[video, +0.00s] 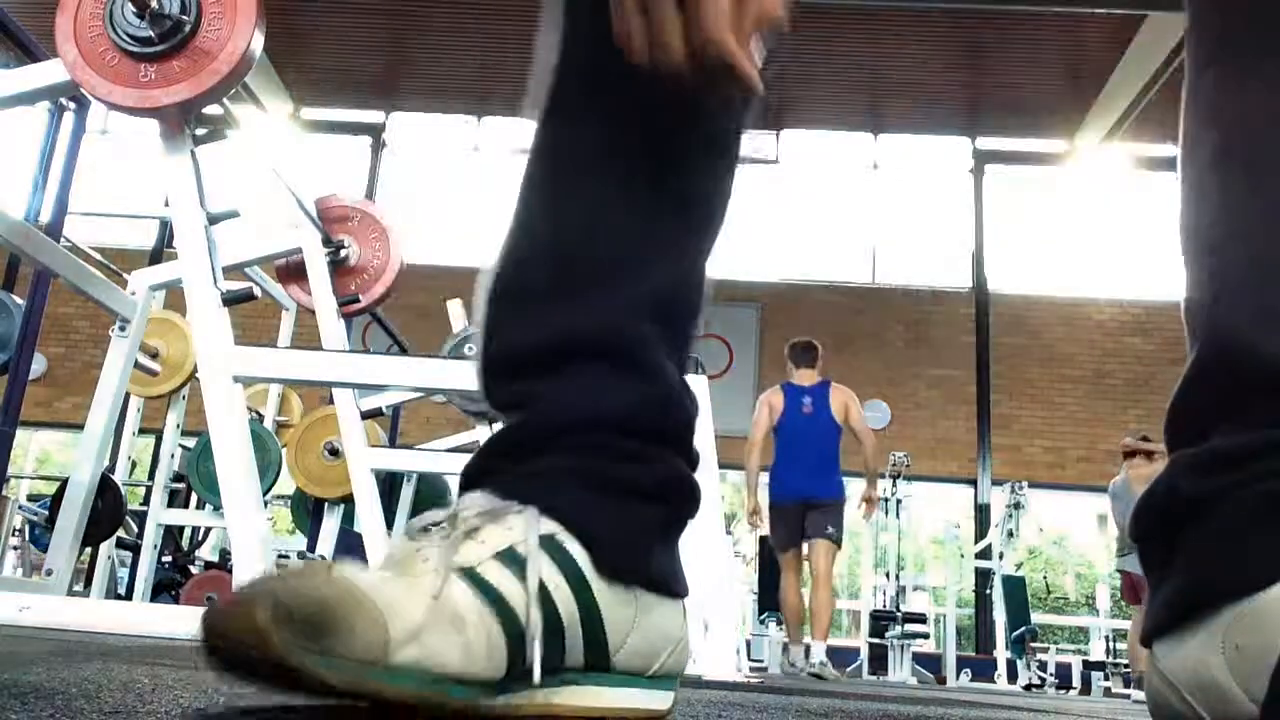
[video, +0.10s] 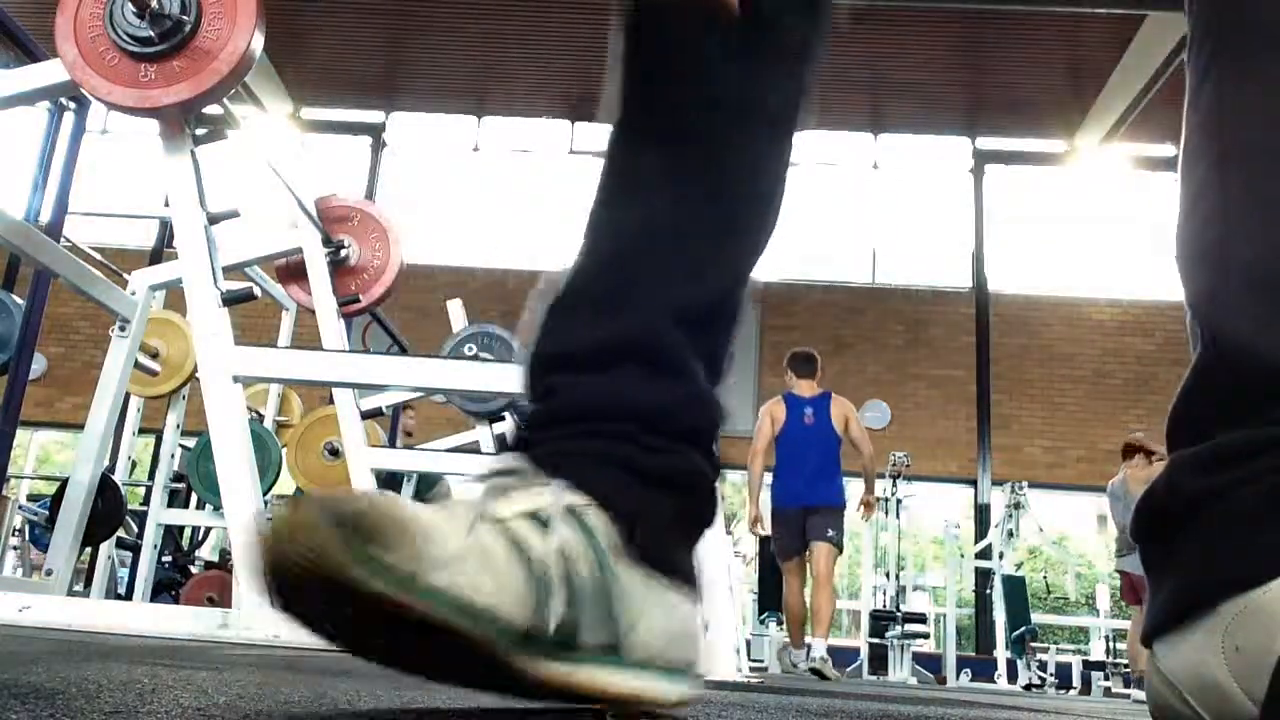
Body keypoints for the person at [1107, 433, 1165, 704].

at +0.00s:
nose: (1155, 460)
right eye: (1153, 455)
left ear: (1124, 455)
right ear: (1148, 453)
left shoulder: (1115, 484)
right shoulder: (1155, 474)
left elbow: (1118, 523)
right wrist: (1164, 457)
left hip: (1125, 555)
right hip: (1147, 554)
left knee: (1138, 615)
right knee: (1150, 613)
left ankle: (1136, 673)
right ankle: (1146, 672)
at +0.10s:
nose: (1153, 460)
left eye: (1152, 457)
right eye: (1152, 456)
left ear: (1125, 455)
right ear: (1144, 453)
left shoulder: (1112, 484)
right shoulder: (1147, 473)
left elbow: (1117, 522)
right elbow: (1172, 465)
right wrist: (1160, 456)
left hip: (1122, 555)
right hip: (1143, 553)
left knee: (1137, 615)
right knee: (1149, 613)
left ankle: (1135, 671)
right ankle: (1144, 672)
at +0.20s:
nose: (1146, 466)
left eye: (1147, 462)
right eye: (1146, 462)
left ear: (1123, 458)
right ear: (1139, 458)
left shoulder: (1110, 485)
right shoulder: (1142, 479)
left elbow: (1114, 519)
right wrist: (1157, 471)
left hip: (1121, 554)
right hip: (1140, 552)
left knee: (1136, 614)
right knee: (1147, 611)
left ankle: (1135, 671)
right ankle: (1144, 669)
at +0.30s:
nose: (1147, 468)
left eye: (1148, 465)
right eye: (1147, 464)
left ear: (1125, 460)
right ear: (1139, 460)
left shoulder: (1109, 486)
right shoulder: (1142, 482)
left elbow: (1111, 523)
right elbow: (1151, 515)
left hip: (1121, 556)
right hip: (1140, 555)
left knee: (1135, 614)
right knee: (1147, 613)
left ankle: (1135, 673)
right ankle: (1143, 672)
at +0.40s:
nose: (1151, 468)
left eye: (1152, 464)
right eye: (1152, 464)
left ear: (1128, 460)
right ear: (1143, 460)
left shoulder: (1111, 486)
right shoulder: (1146, 483)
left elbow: (1111, 525)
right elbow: (1152, 518)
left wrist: (1119, 544)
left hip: (1121, 557)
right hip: (1142, 557)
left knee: (1135, 614)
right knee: (1150, 614)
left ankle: (1135, 673)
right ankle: (1150, 670)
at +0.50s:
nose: (1154, 468)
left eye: (1154, 464)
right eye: (1153, 463)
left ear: (1133, 462)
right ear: (1144, 462)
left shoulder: (1113, 486)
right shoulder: (1148, 485)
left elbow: (1110, 526)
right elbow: (1151, 523)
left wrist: (1116, 548)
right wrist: (1154, 548)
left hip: (1120, 557)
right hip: (1141, 557)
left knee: (1135, 615)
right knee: (1147, 615)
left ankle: (1135, 673)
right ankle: (1144, 671)